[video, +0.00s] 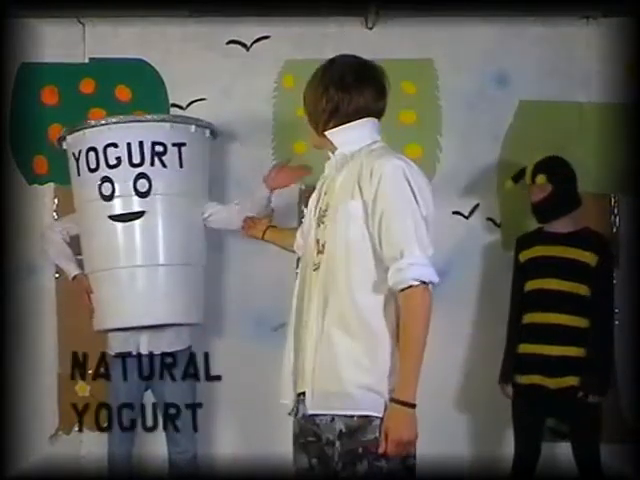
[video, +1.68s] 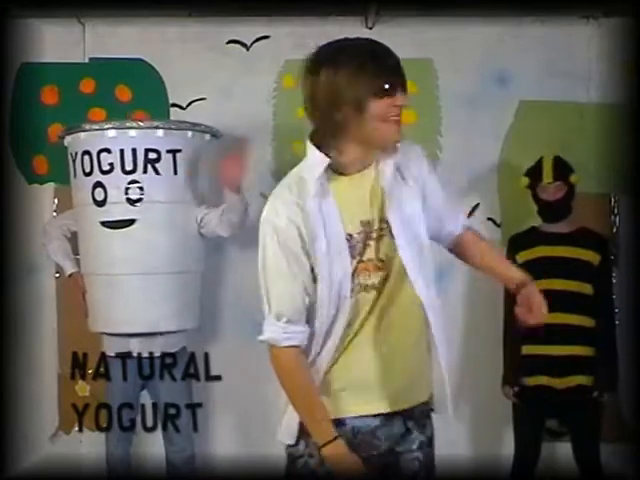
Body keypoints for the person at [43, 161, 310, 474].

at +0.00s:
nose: (140, 189)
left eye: (147, 182)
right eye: (134, 182)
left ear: (159, 184)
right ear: (123, 185)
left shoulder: (179, 209)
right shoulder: (107, 216)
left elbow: (238, 217)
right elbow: (55, 232)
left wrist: (268, 188)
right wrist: (76, 274)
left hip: (174, 338)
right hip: (124, 341)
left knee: (182, 434)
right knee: (122, 432)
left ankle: (185, 477)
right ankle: (119, 479)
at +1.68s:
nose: (136, 188)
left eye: (143, 182)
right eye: (129, 183)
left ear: (157, 184)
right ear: (117, 185)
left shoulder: (177, 212)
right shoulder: (103, 214)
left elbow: (226, 224)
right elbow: (54, 230)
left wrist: (232, 187)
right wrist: (75, 272)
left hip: (170, 341)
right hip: (119, 343)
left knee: (179, 429)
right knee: (120, 430)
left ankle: (183, 475)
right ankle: (117, 479)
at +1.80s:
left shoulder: (179, 218)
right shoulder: (106, 214)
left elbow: (236, 235)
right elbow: (54, 228)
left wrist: (209, 215)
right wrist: (75, 273)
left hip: (172, 337)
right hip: (121, 340)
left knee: (179, 432)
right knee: (120, 429)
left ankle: (183, 477)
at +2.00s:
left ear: (165, 189)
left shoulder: (182, 220)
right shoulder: (106, 217)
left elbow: (216, 247)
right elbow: (56, 227)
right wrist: (75, 273)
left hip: (171, 349)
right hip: (120, 351)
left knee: (182, 448)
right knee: (118, 451)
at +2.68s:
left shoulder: (183, 221)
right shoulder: (108, 217)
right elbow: (59, 230)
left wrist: (204, 297)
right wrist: (81, 277)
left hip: (174, 351)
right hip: (123, 352)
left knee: (183, 449)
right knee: (119, 450)